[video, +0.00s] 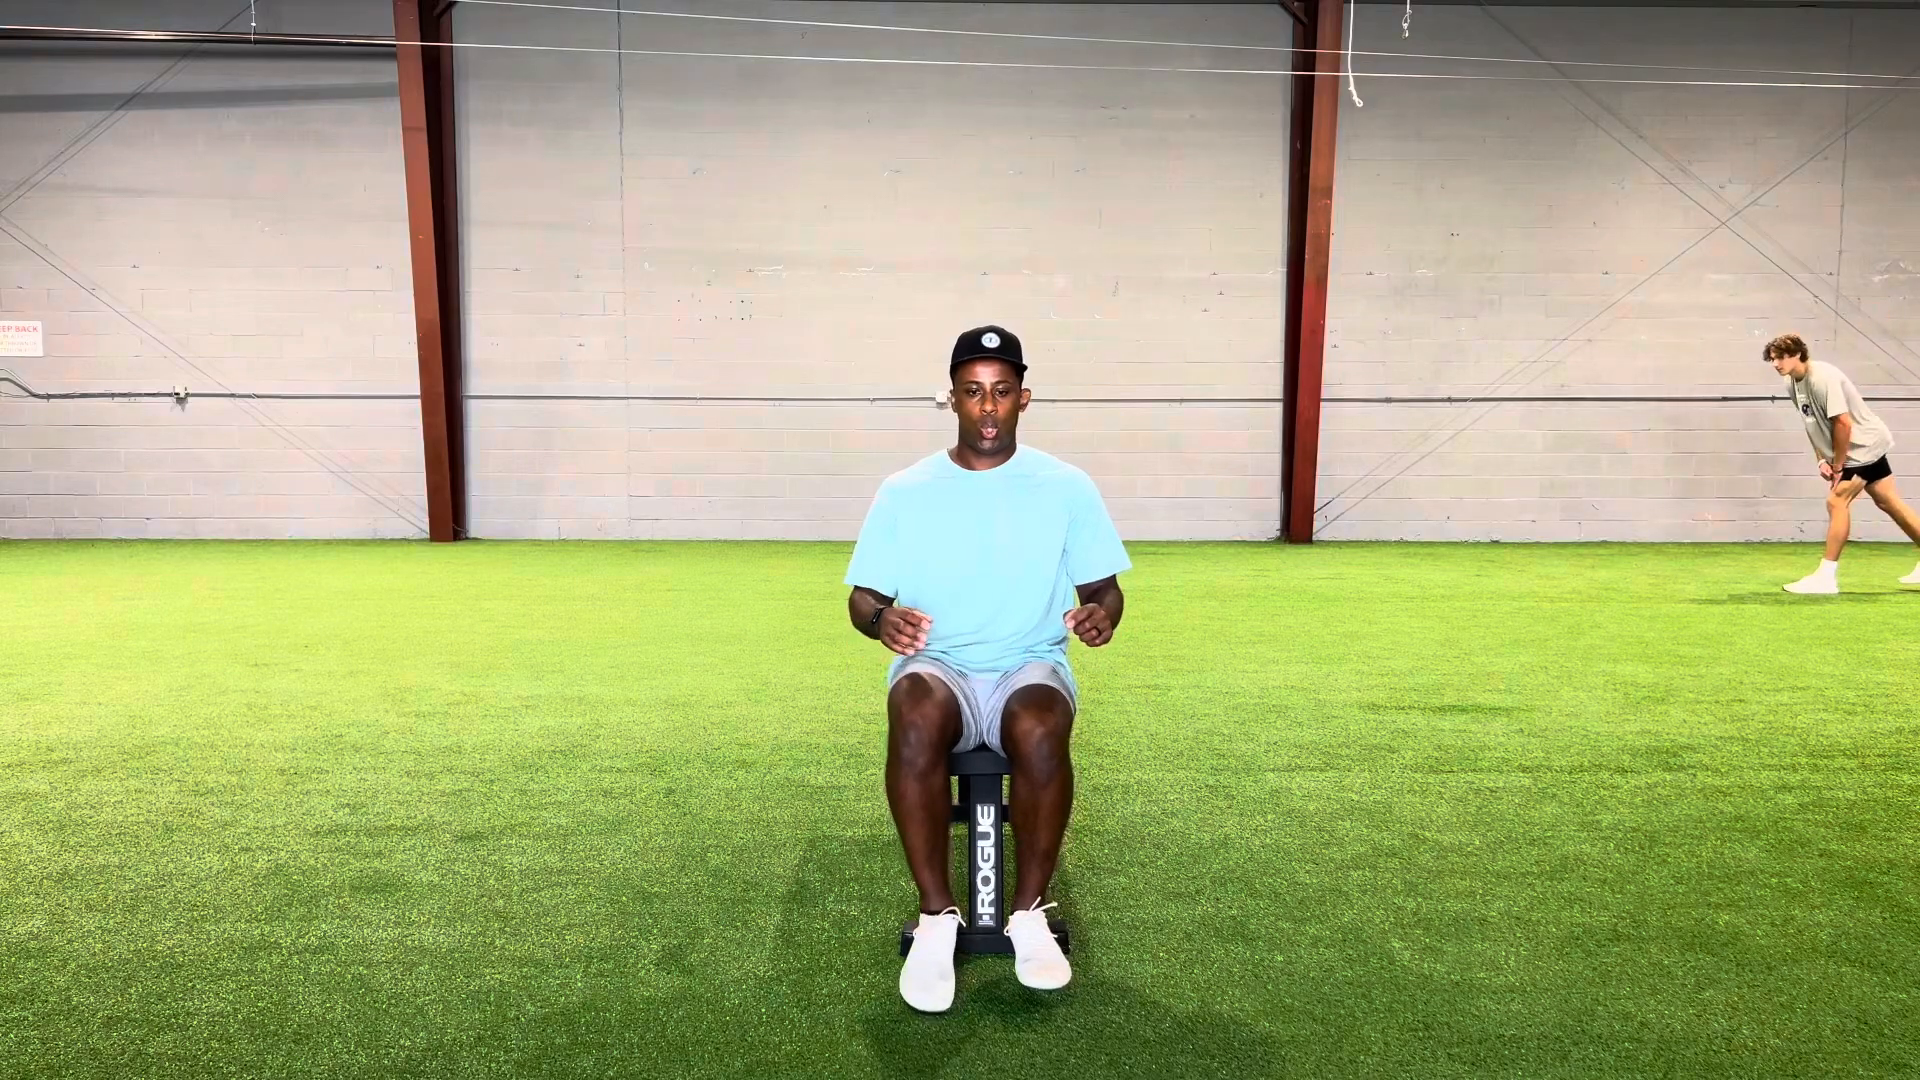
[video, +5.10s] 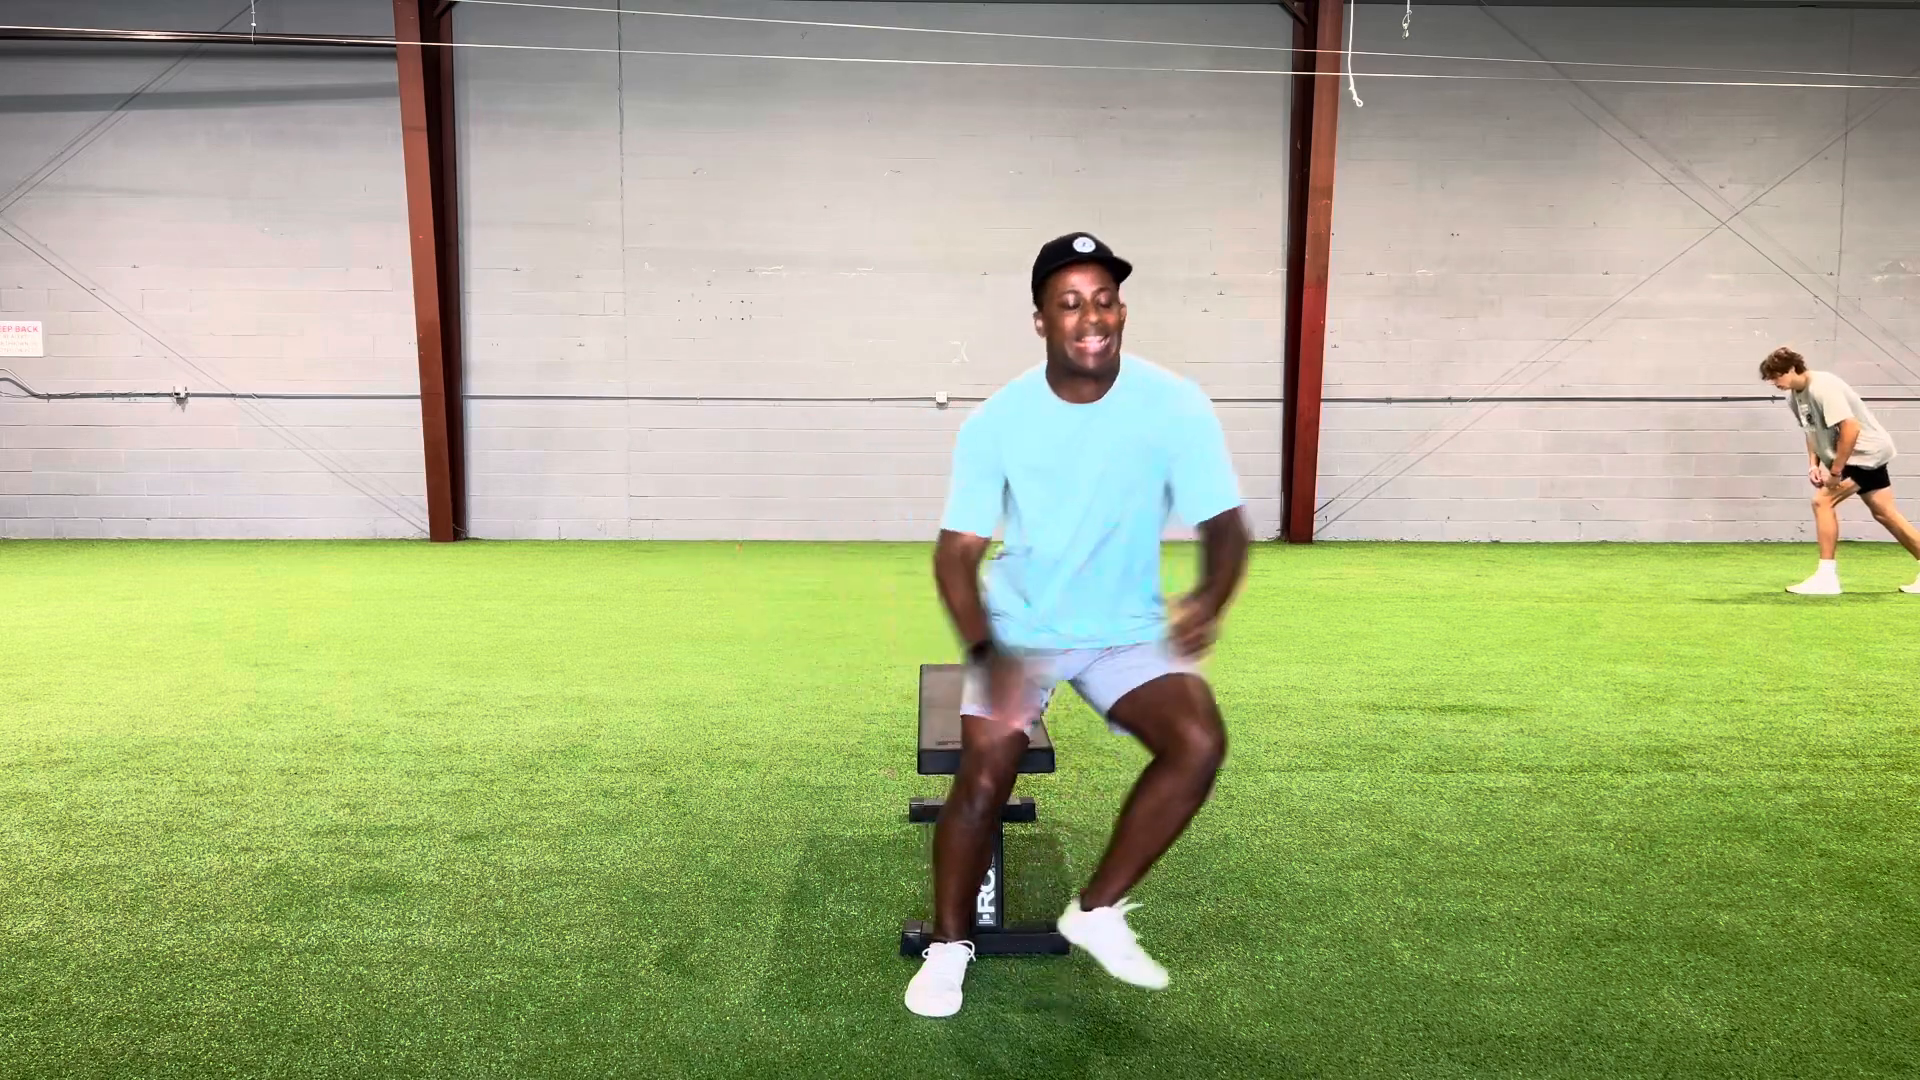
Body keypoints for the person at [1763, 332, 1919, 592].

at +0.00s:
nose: (1775, 365)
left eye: (1780, 358)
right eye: (1773, 360)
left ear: (1797, 355)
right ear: (1779, 361)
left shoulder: (1823, 377)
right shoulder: (1794, 383)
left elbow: (1843, 423)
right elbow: (1811, 423)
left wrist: (1838, 465)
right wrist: (1821, 458)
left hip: (1868, 446)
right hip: (1861, 446)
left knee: (1838, 502)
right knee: (1889, 502)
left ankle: (1826, 575)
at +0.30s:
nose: (1805, 352)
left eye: (1809, 345)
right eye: (1802, 347)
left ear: (1827, 343)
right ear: (1806, 349)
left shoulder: (1850, 367)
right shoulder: (1824, 373)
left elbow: (1857, 418)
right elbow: (1836, 416)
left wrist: (1844, 461)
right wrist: (1833, 452)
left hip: (1875, 449)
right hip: (1874, 448)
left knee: (1841, 502)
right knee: (1889, 509)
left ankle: (1826, 576)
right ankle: (1918, 569)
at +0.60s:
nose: (1843, 341)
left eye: (1847, 335)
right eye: (1841, 336)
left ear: (1864, 331)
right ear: (1846, 336)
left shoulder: (1886, 359)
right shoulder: (1858, 363)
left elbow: (1890, 407)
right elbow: (1864, 411)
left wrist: (1860, 448)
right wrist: (1852, 449)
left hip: (1884, 451)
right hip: (1877, 451)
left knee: (1852, 502)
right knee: (1895, 508)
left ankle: (1828, 574)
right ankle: (1919, 570)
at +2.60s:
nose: (1856, 344)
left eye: (1858, 337)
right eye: (1854, 339)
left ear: (1874, 331)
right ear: (1869, 334)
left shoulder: (1898, 358)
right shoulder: (1876, 358)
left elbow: (1901, 408)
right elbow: (1872, 408)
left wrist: (1876, 449)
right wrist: (1860, 446)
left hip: (1880, 452)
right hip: (1873, 452)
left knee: (1858, 507)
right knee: (1890, 510)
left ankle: (1828, 575)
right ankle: (1919, 570)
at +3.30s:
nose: (1836, 348)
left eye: (1839, 341)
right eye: (1831, 345)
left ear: (1852, 336)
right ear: (1829, 347)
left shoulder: (1873, 361)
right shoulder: (1843, 369)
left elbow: (1884, 409)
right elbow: (1848, 412)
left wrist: (1857, 450)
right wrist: (1837, 445)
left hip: (1881, 450)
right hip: (1871, 450)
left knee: (1841, 501)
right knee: (1894, 511)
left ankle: (1826, 574)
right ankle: (1919, 571)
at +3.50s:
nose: (1808, 361)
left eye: (1811, 354)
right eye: (1803, 358)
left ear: (1825, 347)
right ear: (1801, 358)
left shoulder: (1845, 370)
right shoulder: (1816, 378)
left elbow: (1858, 418)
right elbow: (1823, 416)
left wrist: (1843, 457)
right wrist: (1826, 449)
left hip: (1875, 448)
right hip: (1866, 449)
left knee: (1837, 501)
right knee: (1889, 509)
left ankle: (1826, 574)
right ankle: (1919, 567)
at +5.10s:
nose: (1775, 384)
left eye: (1777, 377)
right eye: (1772, 379)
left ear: (1792, 370)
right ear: (1788, 373)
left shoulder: (1823, 386)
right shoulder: (1796, 396)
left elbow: (1850, 427)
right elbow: (1811, 431)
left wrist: (1835, 471)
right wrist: (1814, 463)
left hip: (1869, 454)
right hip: (1863, 456)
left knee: (1822, 502)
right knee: (1885, 514)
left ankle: (1826, 576)